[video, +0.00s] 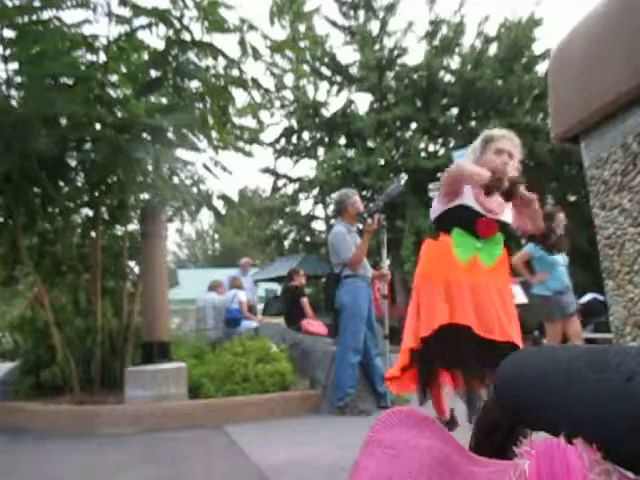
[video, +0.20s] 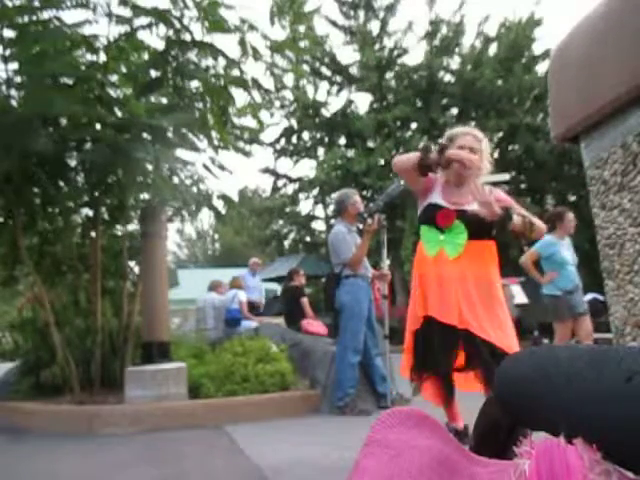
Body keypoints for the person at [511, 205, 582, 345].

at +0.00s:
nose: (563, 224)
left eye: (564, 221)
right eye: (560, 221)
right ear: (551, 223)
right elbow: (516, 260)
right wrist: (531, 278)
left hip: (565, 291)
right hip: (546, 294)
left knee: (576, 336)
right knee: (554, 338)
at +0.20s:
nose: (574, 224)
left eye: (574, 220)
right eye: (570, 221)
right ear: (559, 224)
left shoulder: (567, 241)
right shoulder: (548, 242)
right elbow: (525, 260)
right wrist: (540, 279)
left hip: (574, 289)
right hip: (556, 292)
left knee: (586, 334)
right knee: (562, 337)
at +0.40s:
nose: (583, 224)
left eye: (583, 220)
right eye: (579, 220)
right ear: (569, 222)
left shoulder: (575, 240)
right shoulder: (558, 240)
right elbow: (536, 259)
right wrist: (551, 278)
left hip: (585, 288)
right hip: (568, 292)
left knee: (593, 334)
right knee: (581, 336)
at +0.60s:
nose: (590, 223)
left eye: (590, 219)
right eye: (586, 219)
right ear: (576, 222)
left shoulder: (581, 240)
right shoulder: (564, 240)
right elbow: (543, 259)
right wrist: (558, 279)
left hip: (591, 287)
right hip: (577, 291)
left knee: (598, 336)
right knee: (597, 336)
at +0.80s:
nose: (592, 221)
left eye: (592, 217)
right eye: (589, 217)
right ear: (578, 220)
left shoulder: (581, 239)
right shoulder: (570, 238)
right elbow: (549, 257)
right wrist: (563, 276)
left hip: (592, 288)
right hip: (581, 290)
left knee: (596, 335)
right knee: (598, 335)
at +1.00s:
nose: (593, 219)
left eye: (593, 215)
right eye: (590, 215)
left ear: (583, 219)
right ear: (580, 218)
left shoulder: (581, 237)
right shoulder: (573, 236)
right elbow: (555, 255)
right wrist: (569, 273)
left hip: (594, 288)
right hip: (584, 289)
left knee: (598, 335)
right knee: (595, 335)